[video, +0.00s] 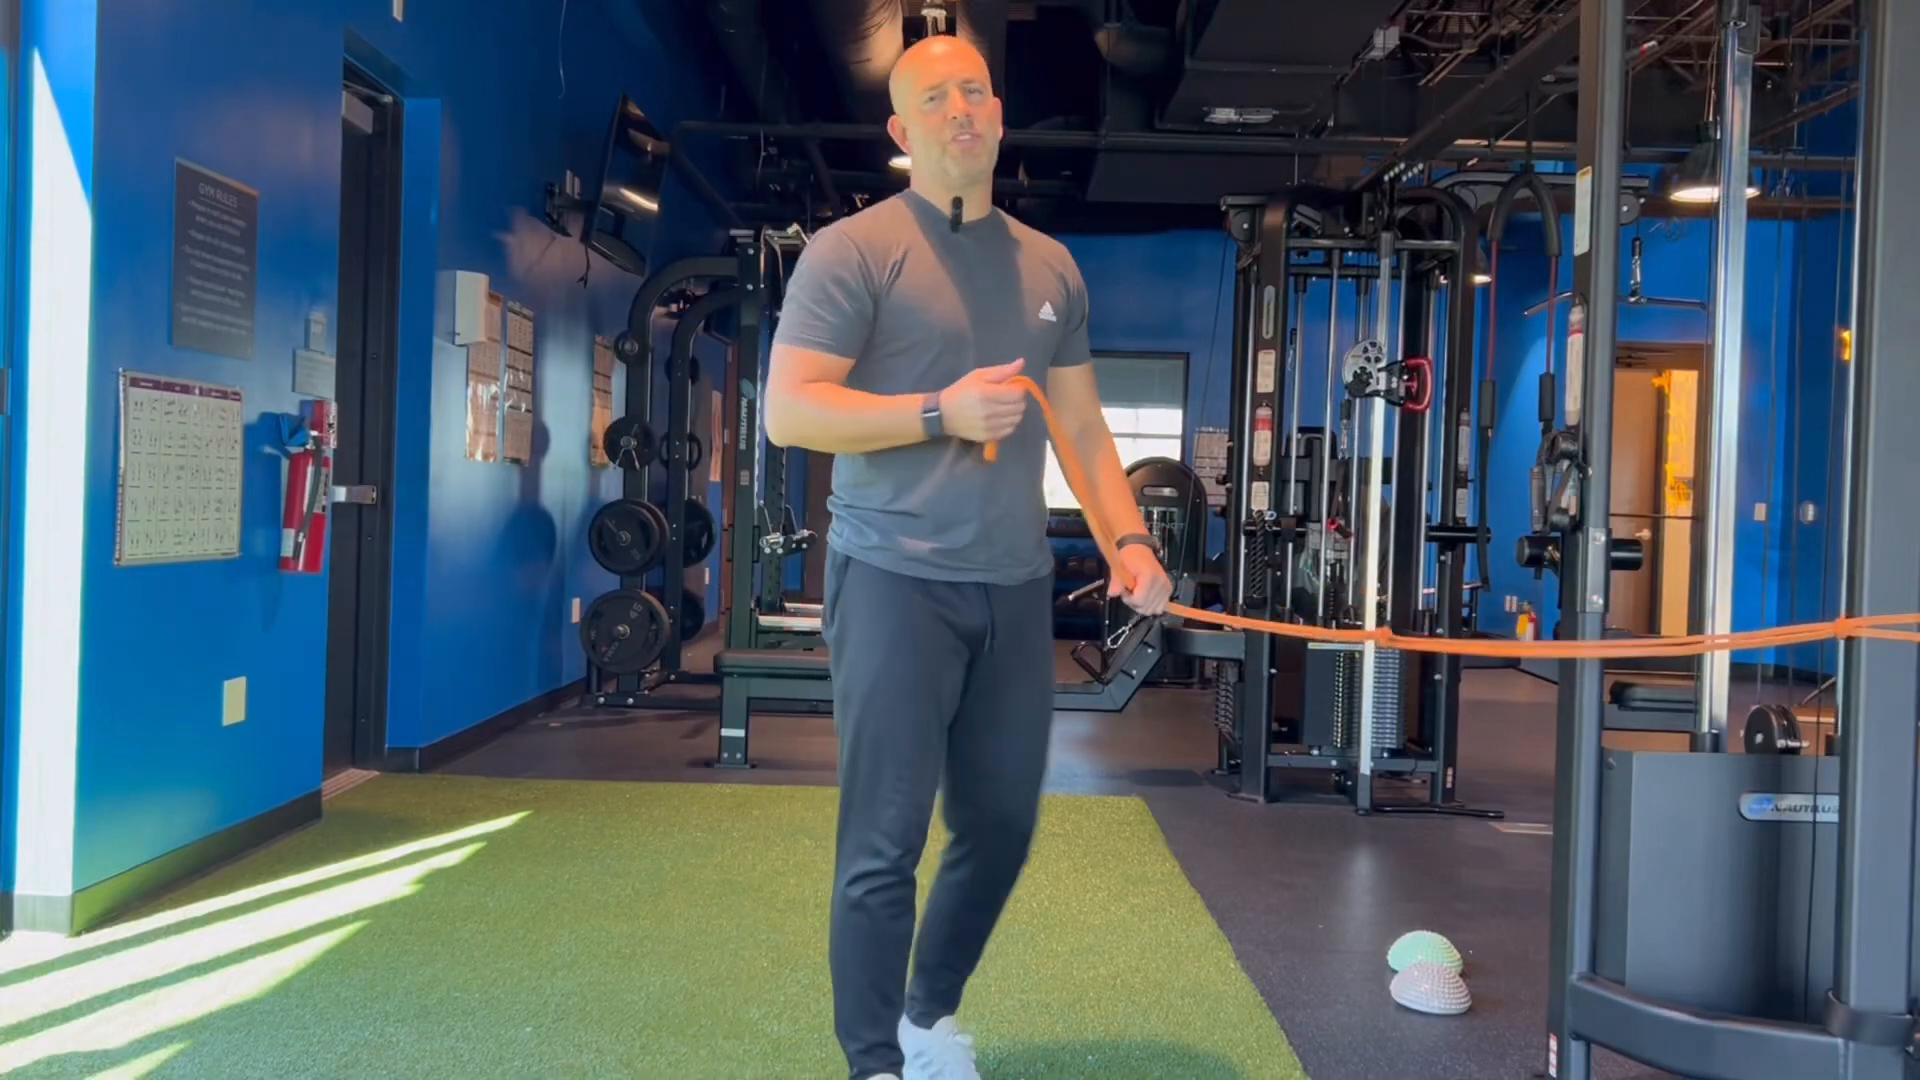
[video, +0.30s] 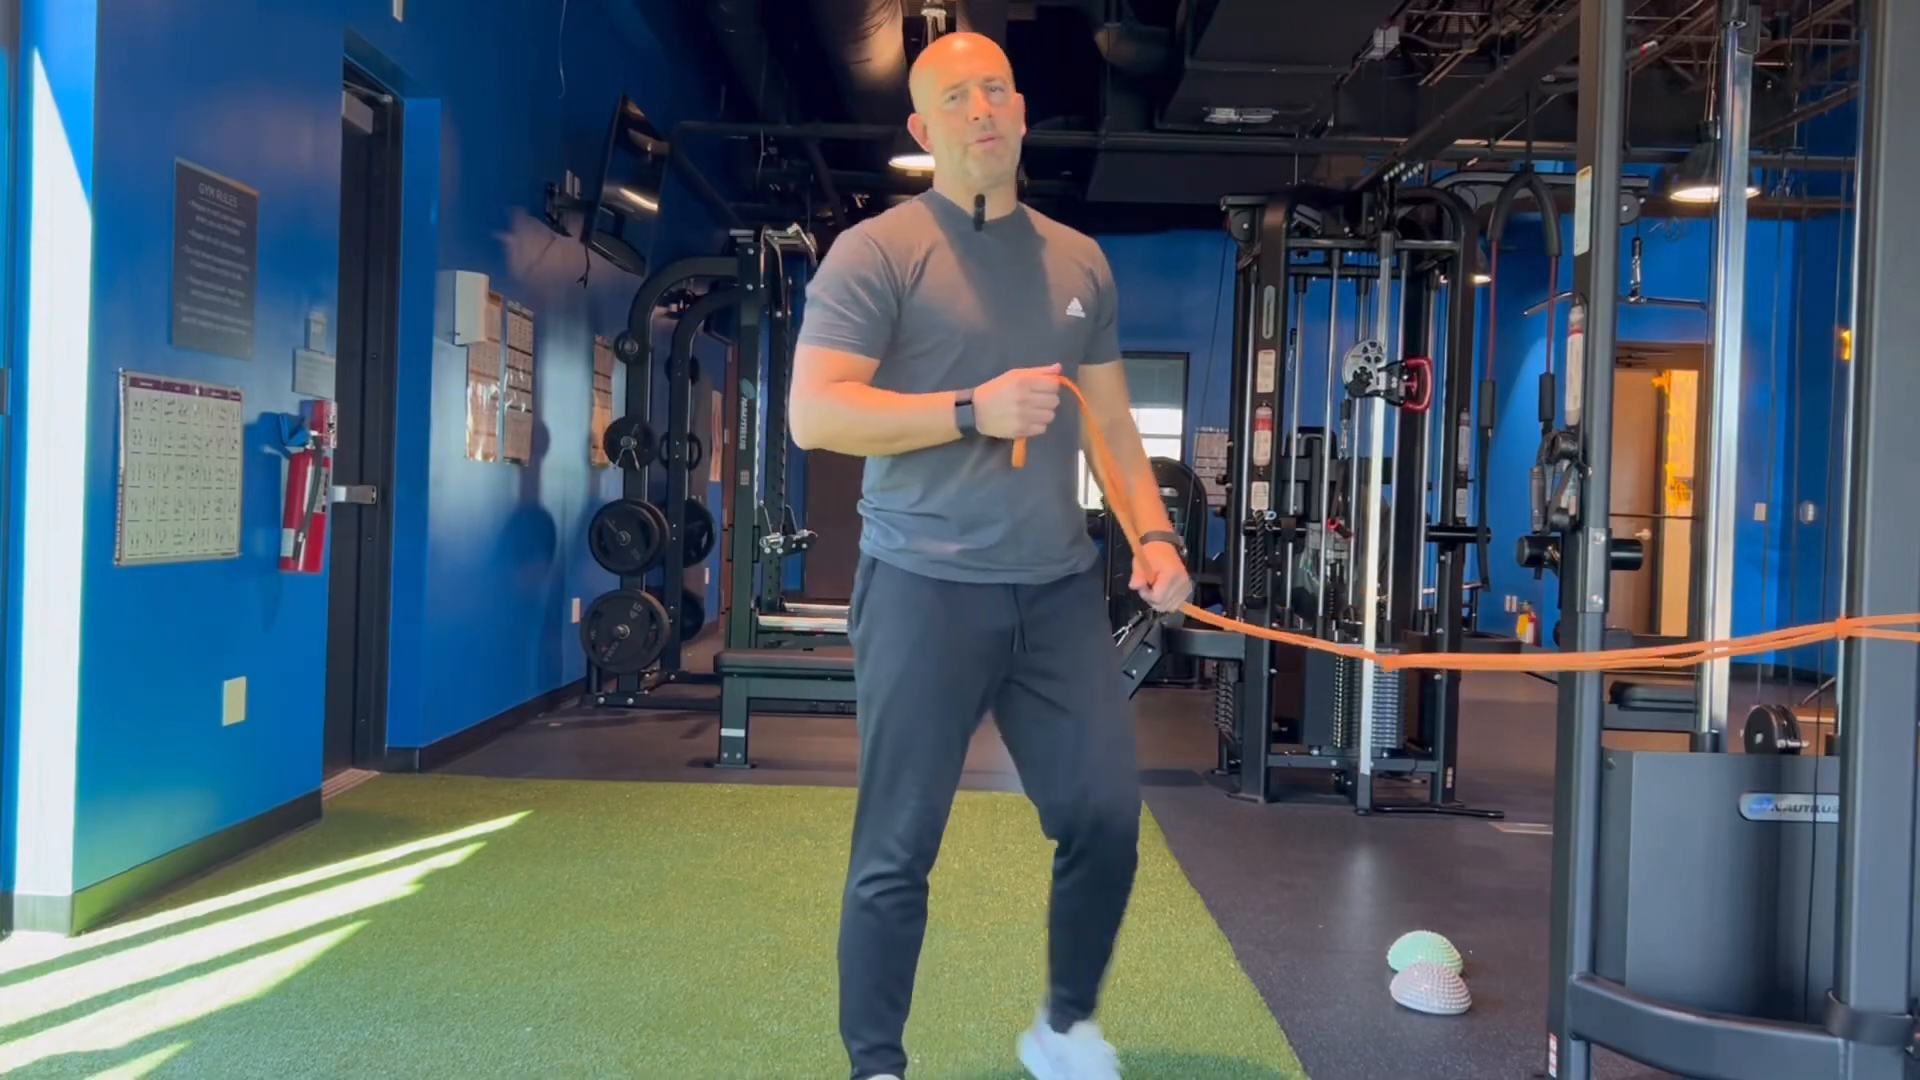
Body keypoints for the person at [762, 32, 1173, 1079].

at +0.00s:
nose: (964, 106)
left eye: (976, 88)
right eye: (937, 95)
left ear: (1002, 115)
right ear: (899, 131)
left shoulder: (1049, 267)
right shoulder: (848, 253)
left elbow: (1083, 430)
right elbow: (788, 409)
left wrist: (1128, 544)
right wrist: (938, 410)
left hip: (1016, 586)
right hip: (892, 580)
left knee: (1000, 826)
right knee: (884, 843)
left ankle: (926, 1014)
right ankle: (872, 1062)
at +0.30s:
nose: (983, 106)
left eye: (996, 87)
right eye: (955, 94)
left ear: (1024, 112)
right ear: (918, 128)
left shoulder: (1079, 262)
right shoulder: (871, 254)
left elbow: (1110, 420)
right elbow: (815, 411)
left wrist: (1152, 534)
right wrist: (971, 408)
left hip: (1060, 587)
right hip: (924, 586)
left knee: (1106, 814)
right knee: (896, 849)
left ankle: (1067, 1026)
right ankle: (877, 1061)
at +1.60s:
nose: (944, 139)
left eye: (959, 121)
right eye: (923, 127)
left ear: (991, 143)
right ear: (894, 157)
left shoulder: (1064, 276)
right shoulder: (843, 282)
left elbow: (1120, 412)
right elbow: (791, 413)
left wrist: (1149, 474)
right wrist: (806, 449)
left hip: (1026, 587)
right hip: (887, 587)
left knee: (1044, 823)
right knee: (883, 823)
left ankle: (1069, 1042)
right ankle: (885, 1023)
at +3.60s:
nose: (1086, 176)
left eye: (1092, 156)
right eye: (1070, 155)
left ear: (1070, 161)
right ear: (1002, 153)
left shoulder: (1110, 281)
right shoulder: (901, 273)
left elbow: (1203, 401)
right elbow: (821, 415)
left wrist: (1226, 356)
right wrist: (880, 451)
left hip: (1077, 592)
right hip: (945, 591)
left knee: (1084, 835)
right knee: (911, 835)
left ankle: (1071, 1049)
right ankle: (884, 1037)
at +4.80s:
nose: (1072, 119)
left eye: (1074, 104)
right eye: (1047, 101)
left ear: (1073, 130)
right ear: (981, 124)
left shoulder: (1087, 273)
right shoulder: (908, 262)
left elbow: (1134, 412)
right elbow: (878, 427)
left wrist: (1199, 475)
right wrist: (1041, 459)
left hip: (1072, 590)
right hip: (948, 591)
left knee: (1096, 834)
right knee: (907, 838)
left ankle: (1089, 1052)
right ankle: (872, 1054)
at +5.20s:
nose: (1176, 128)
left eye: (1186, 113)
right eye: (1150, 109)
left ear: (1195, 141)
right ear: (1092, 132)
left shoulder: (1196, 287)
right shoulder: (1043, 255)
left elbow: (1211, 425)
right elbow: (1036, 422)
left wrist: (1253, 444)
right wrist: (1199, 474)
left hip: (1155, 587)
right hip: (1047, 572)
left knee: (1135, 828)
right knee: (1058, 809)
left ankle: (1090, 1050)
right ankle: (912, 1009)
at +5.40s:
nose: (1230, 125)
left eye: (1235, 110)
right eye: (1205, 107)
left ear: (1234, 136)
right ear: (1142, 129)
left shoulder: (1227, 281)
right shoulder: (1090, 245)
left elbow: (1240, 422)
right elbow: (1058, 415)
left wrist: (1296, 439)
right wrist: (1220, 462)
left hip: (1181, 582)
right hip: (1088, 570)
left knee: (1155, 823)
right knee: (1128, 822)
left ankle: (1091, 1039)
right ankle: (1074, 1053)